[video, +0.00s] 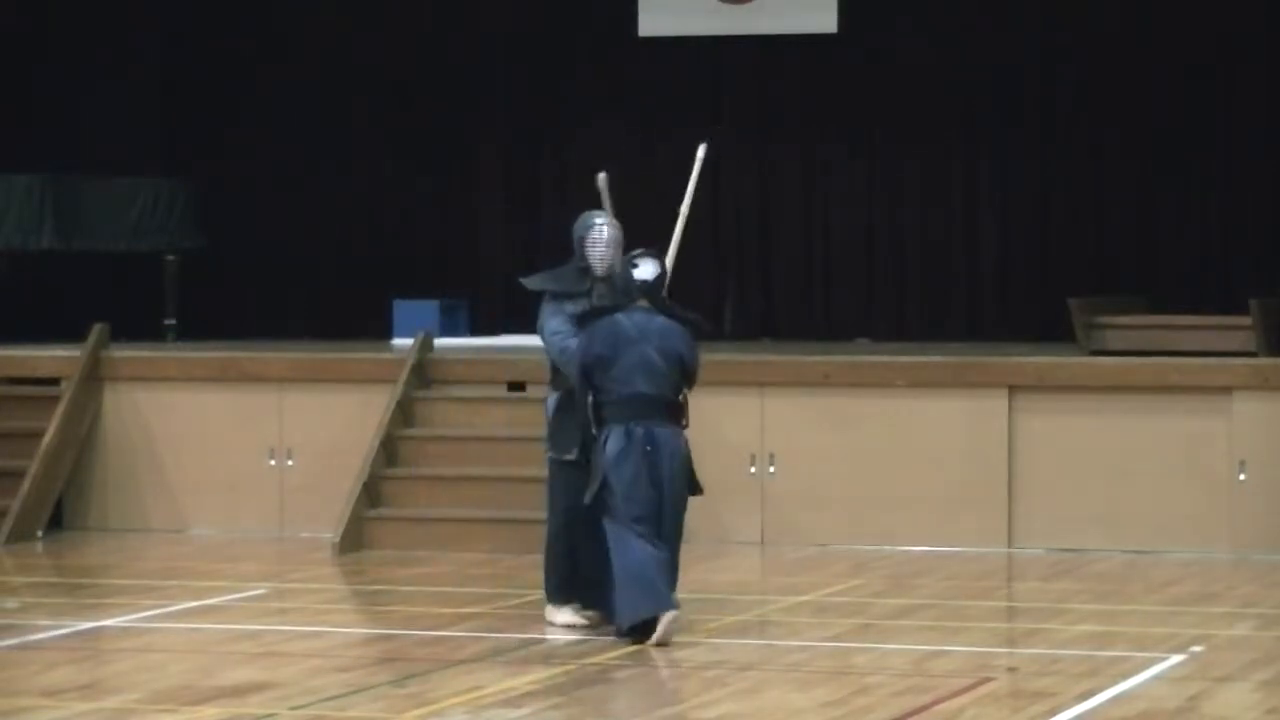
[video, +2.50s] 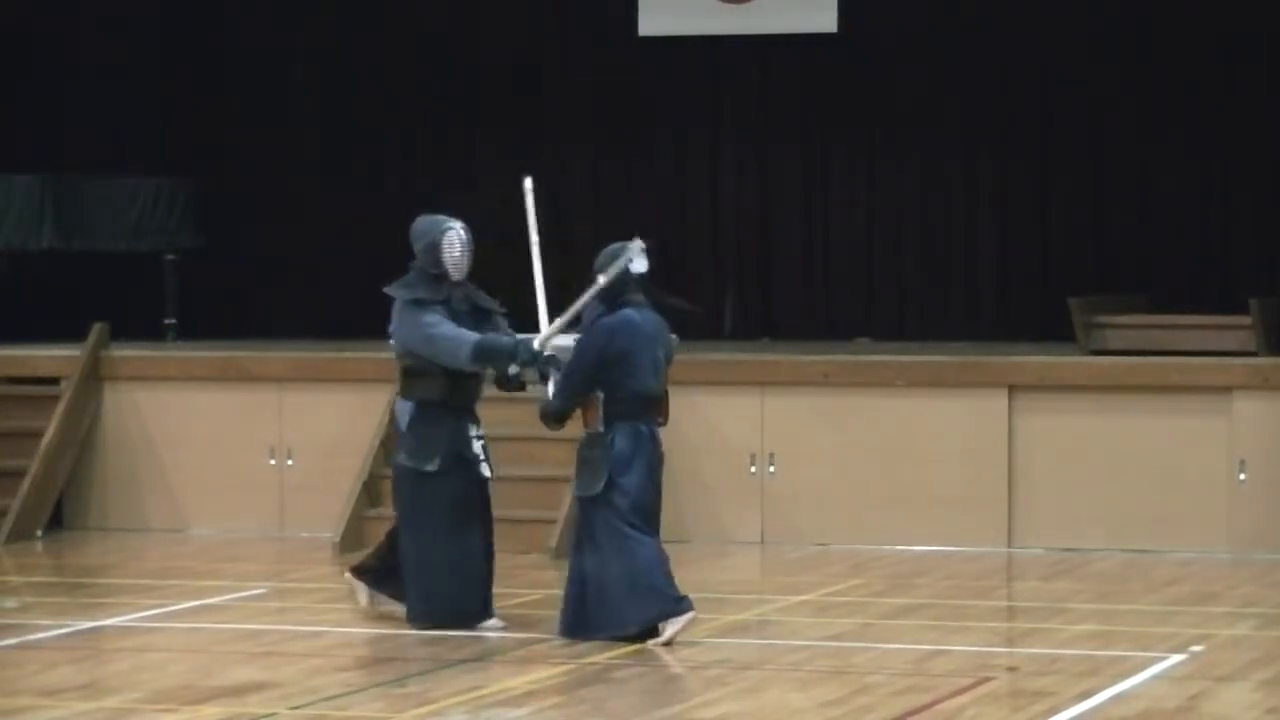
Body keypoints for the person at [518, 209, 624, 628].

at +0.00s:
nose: (602, 251)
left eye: (609, 243)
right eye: (595, 243)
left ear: (620, 247)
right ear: (581, 246)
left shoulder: (634, 290)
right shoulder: (560, 295)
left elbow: (671, 332)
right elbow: (569, 353)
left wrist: (652, 296)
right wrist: (605, 366)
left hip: (621, 410)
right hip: (573, 409)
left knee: (611, 506)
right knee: (569, 507)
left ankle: (605, 599)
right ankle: (560, 600)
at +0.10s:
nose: (597, 251)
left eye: (603, 243)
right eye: (589, 244)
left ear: (615, 247)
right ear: (575, 249)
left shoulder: (630, 292)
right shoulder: (558, 293)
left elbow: (647, 337)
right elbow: (559, 342)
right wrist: (599, 365)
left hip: (617, 409)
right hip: (569, 410)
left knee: (611, 507)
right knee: (569, 508)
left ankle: (608, 602)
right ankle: (562, 604)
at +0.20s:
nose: (593, 251)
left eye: (600, 243)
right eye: (584, 244)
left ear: (613, 248)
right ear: (571, 250)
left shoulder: (625, 294)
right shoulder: (553, 297)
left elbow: (642, 339)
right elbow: (566, 349)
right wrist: (608, 363)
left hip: (611, 416)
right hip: (561, 417)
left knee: (604, 511)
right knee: (561, 512)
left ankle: (602, 602)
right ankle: (559, 605)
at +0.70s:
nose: (550, 257)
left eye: (556, 248)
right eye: (541, 249)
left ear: (565, 252)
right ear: (523, 253)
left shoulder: (567, 296)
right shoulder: (506, 303)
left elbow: (603, 316)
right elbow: (547, 331)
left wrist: (634, 308)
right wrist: (597, 319)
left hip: (552, 411)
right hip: (514, 412)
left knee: (551, 504)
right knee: (526, 505)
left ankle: (553, 597)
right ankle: (528, 600)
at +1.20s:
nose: (518, 253)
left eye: (522, 244)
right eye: (508, 245)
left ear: (529, 247)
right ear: (488, 249)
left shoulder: (533, 296)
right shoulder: (470, 302)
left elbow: (567, 337)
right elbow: (504, 339)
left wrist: (594, 338)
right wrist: (563, 340)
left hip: (508, 413)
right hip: (470, 413)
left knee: (509, 508)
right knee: (476, 507)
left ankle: (498, 603)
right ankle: (474, 606)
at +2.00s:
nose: (488, 250)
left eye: (492, 241)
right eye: (479, 241)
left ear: (499, 246)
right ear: (460, 246)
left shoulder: (501, 294)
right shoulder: (446, 295)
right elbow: (445, 352)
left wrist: (530, 335)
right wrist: (511, 338)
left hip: (490, 409)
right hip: (453, 410)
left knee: (485, 506)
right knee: (451, 505)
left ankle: (478, 607)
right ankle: (443, 604)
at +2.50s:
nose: (459, 256)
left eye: (462, 247)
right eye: (449, 248)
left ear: (468, 251)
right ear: (427, 253)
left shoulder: (472, 301)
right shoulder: (413, 310)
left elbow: (500, 361)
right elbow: (463, 348)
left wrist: (537, 363)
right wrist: (533, 346)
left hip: (462, 418)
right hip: (426, 419)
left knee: (469, 511)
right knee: (436, 512)